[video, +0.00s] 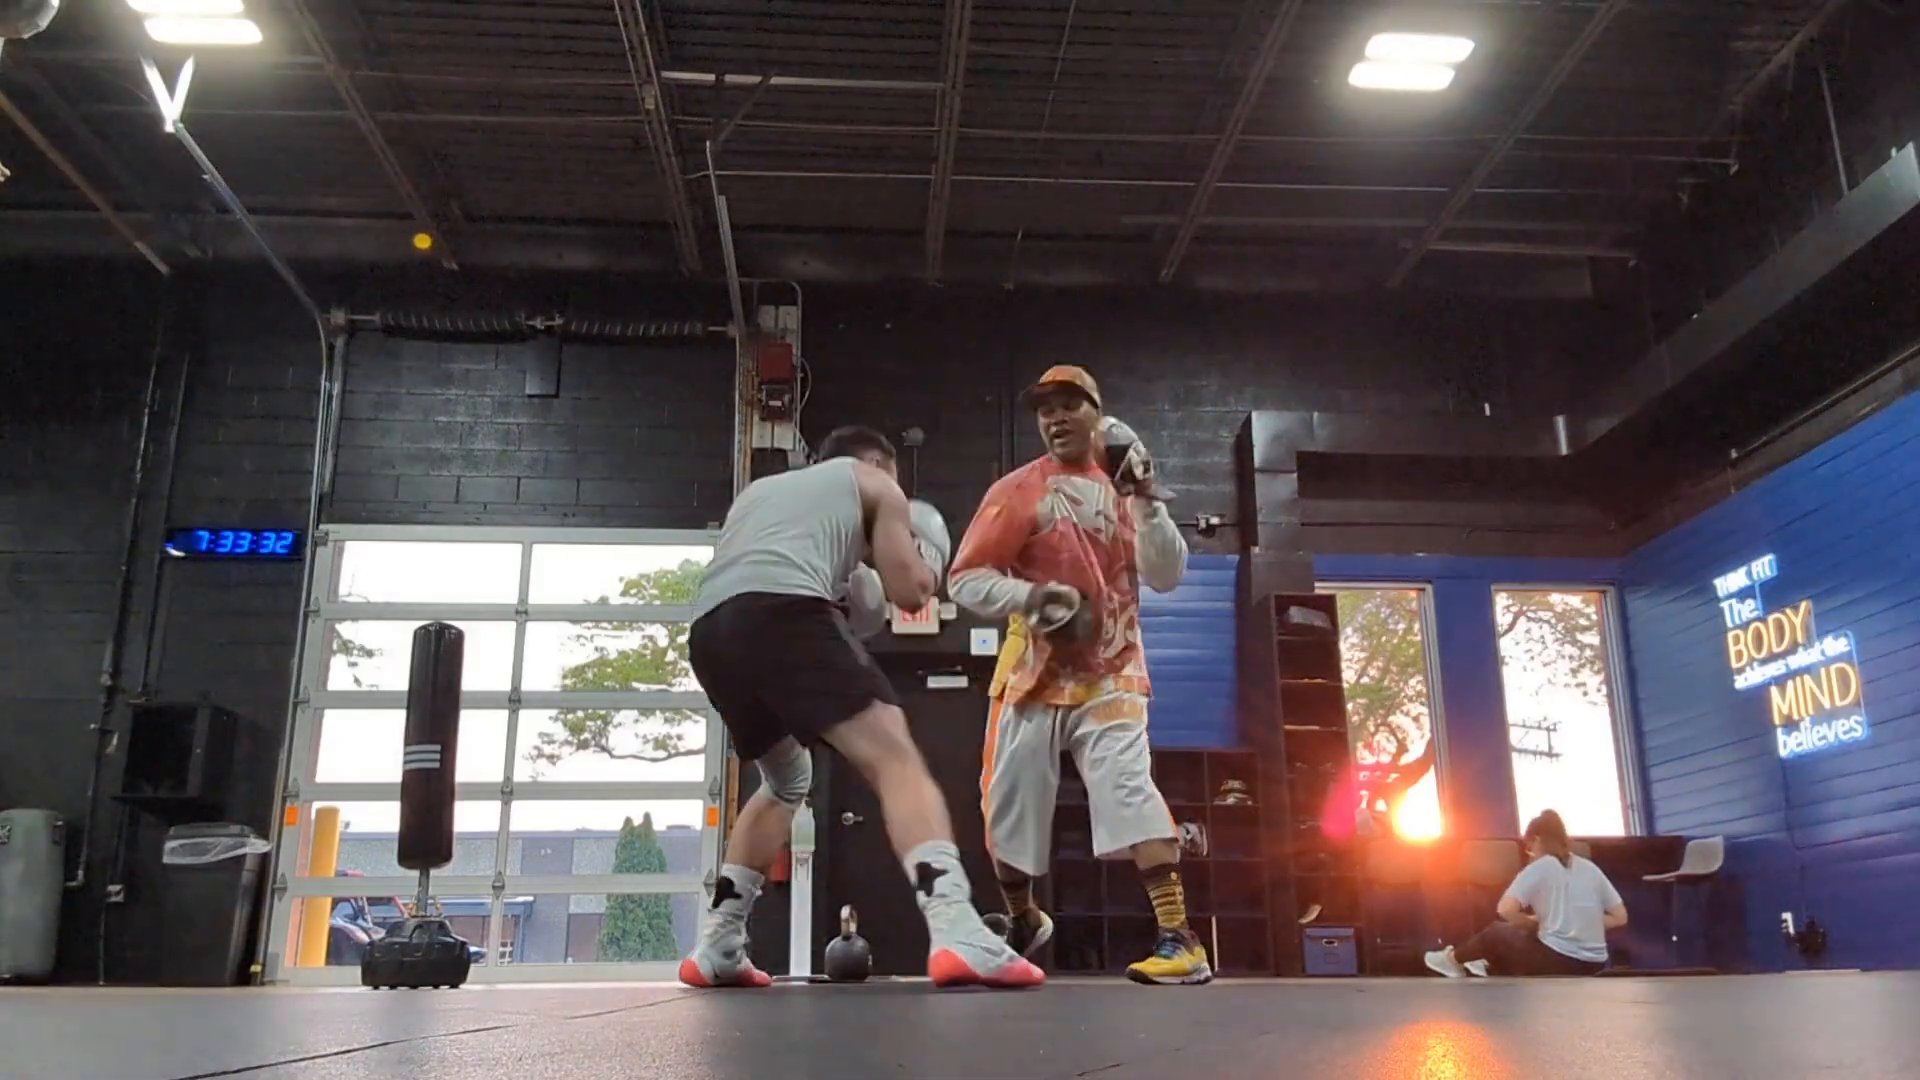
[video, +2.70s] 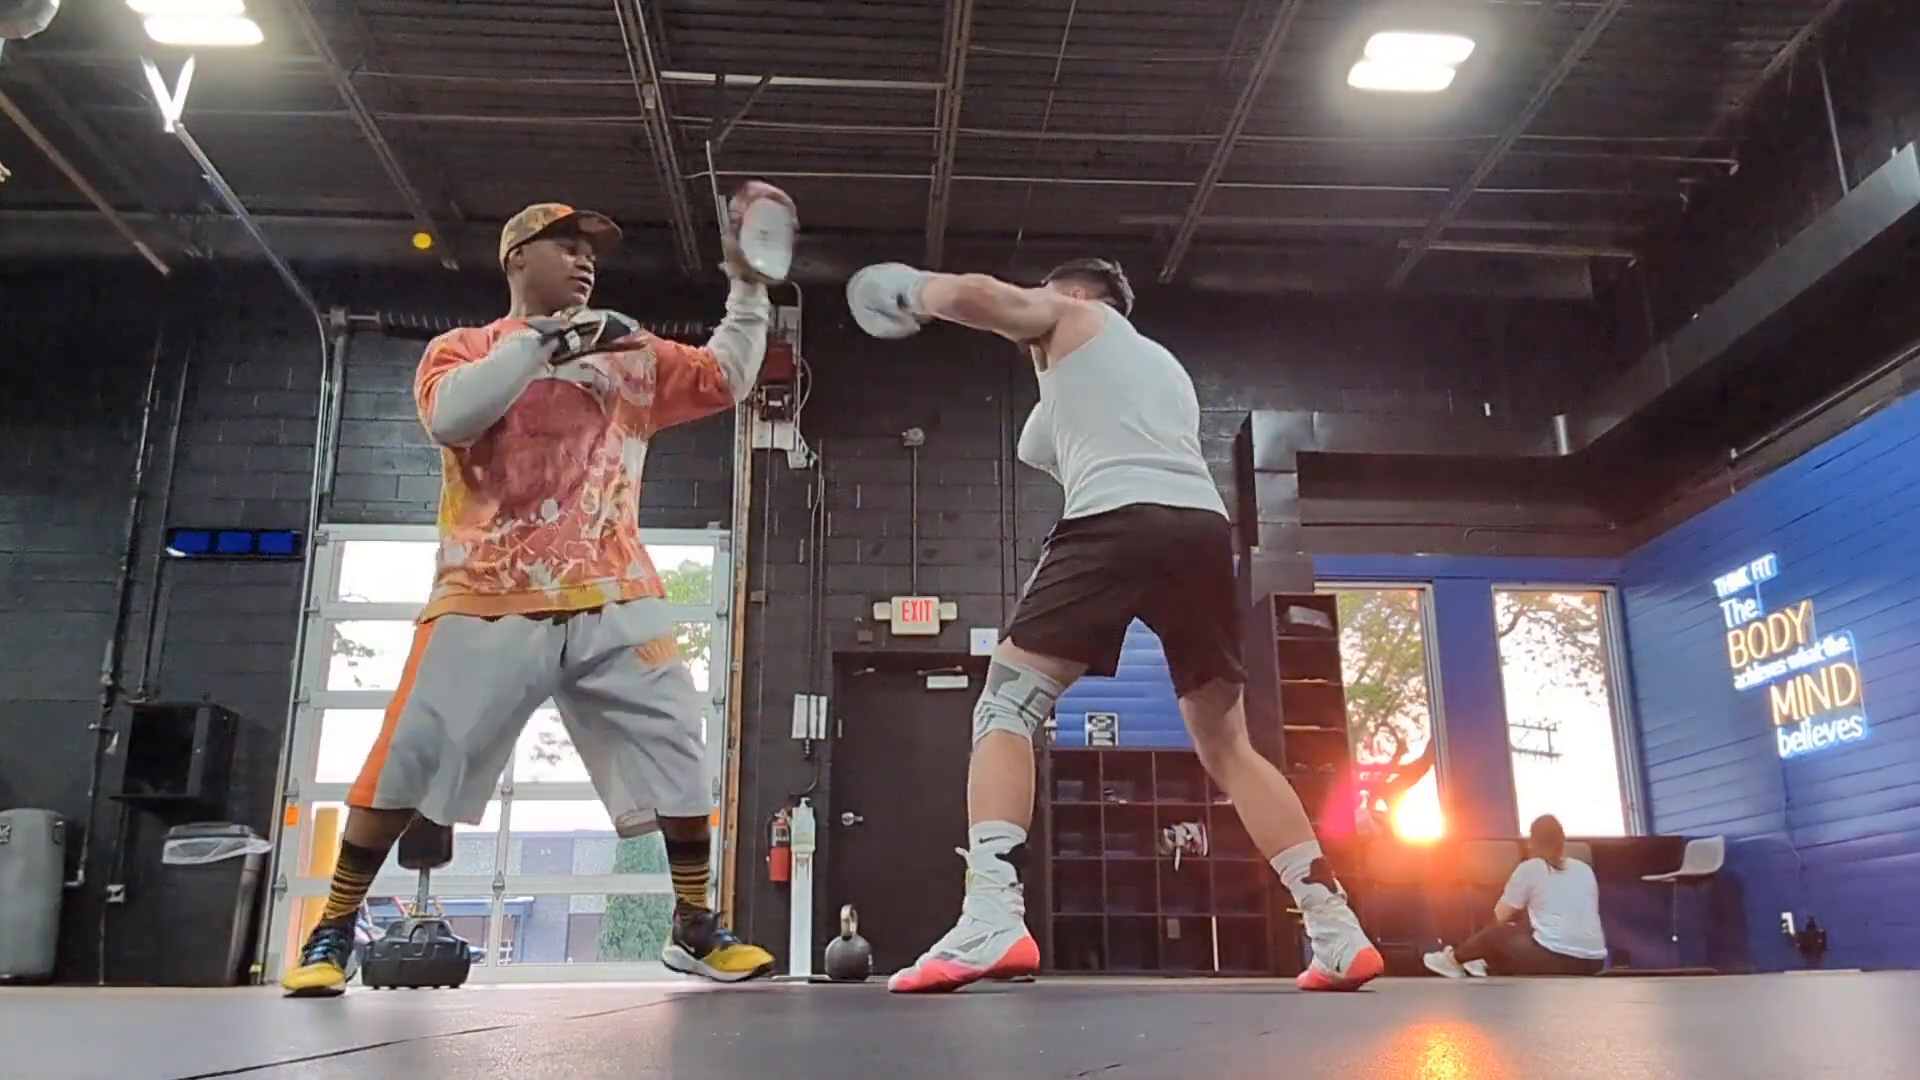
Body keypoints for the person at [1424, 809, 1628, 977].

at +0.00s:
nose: (1529, 853)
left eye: (1529, 847)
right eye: (1528, 848)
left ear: (1538, 840)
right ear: (1562, 839)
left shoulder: (1540, 867)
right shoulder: (1590, 868)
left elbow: (1505, 909)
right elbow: (1620, 918)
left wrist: (1532, 923)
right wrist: (1582, 923)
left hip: (1559, 959)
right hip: (1595, 962)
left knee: (1497, 931)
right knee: (1522, 935)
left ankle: (1453, 959)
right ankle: (1488, 965)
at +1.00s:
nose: (1527, 856)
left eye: (1527, 849)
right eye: (1526, 850)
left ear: (1537, 842)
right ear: (1558, 840)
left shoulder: (1540, 863)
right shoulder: (1592, 866)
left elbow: (1531, 895)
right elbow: (1636, 897)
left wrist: (1529, 935)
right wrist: (1614, 932)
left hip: (1559, 958)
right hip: (1595, 961)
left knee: (1499, 931)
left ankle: (1451, 958)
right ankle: (1487, 964)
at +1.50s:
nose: (1524, 849)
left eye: (1524, 843)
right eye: (1524, 843)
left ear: (1529, 842)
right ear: (1555, 838)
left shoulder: (1533, 865)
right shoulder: (1584, 867)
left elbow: (1523, 898)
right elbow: (1625, 909)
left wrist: (1509, 937)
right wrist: (1599, 934)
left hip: (1555, 959)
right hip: (1593, 961)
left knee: (1494, 929)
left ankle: (1452, 959)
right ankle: (1486, 962)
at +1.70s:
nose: (1520, 853)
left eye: (1520, 847)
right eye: (1520, 847)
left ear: (1524, 848)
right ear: (1551, 845)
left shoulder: (1528, 868)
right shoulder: (1576, 869)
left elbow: (1509, 905)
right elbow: (1593, 910)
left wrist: (1488, 911)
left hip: (1557, 958)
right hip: (1593, 961)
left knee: (1492, 934)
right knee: (1529, 925)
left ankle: (1453, 959)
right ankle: (1485, 962)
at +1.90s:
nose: (1513, 853)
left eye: (1514, 849)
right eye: (1515, 849)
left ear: (1518, 850)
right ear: (1542, 848)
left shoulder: (1520, 872)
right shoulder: (1567, 873)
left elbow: (1502, 916)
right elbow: (1561, 916)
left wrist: (1485, 910)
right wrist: (1524, 920)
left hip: (1556, 958)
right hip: (1591, 961)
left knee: (1490, 933)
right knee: (1520, 933)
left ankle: (1451, 961)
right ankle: (1483, 963)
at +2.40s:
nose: (1513, 854)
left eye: (1515, 850)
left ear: (1517, 853)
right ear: (1543, 851)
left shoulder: (1517, 874)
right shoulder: (1569, 875)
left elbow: (1485, 920)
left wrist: (1508, 914)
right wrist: (1524, 917)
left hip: (1554, 959)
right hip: (1591, 961)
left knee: (1496, 932)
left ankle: (1449, 960)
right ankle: (1483, 964)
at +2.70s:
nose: (1531, 842)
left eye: (1532, 838)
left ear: (1533, 840)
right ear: (1562, 840)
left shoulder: (1529, 869)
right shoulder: (1586, 871)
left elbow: (1501, 915)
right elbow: (1585, 911)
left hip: (1556, 958)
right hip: (1593, 962)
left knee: (1497, 932)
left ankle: (1452, 959)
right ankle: (1485, 964)